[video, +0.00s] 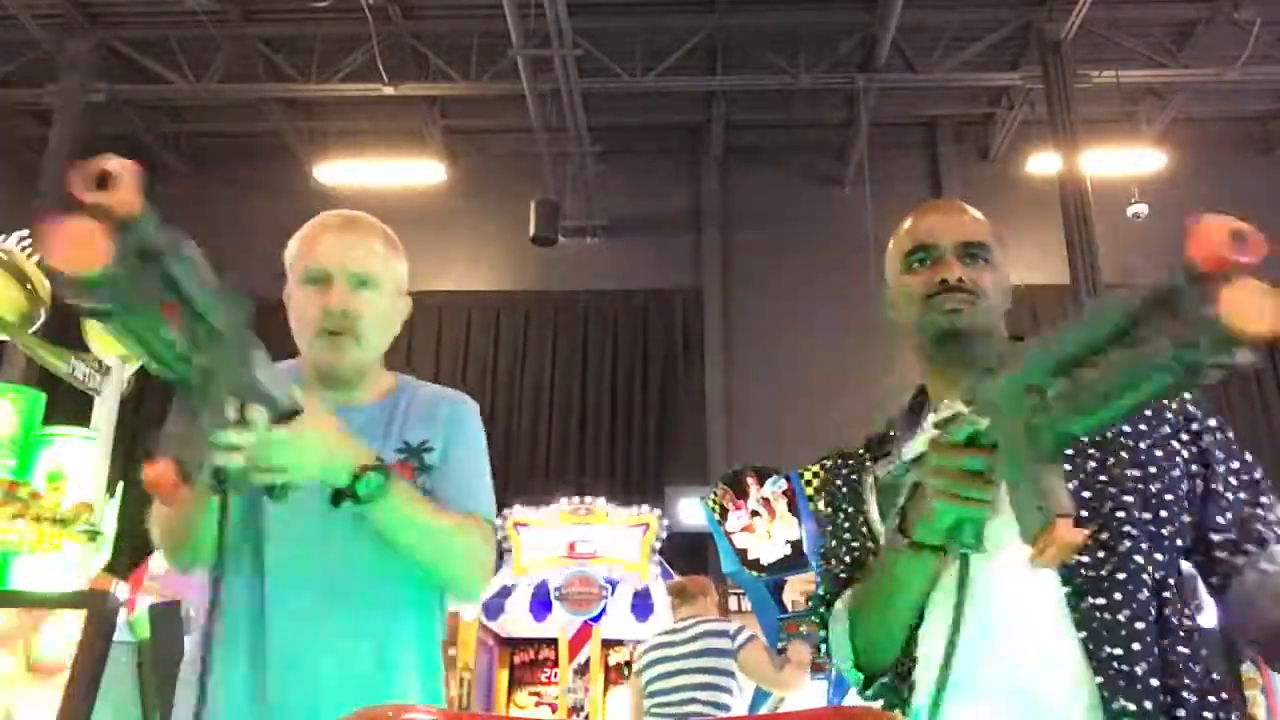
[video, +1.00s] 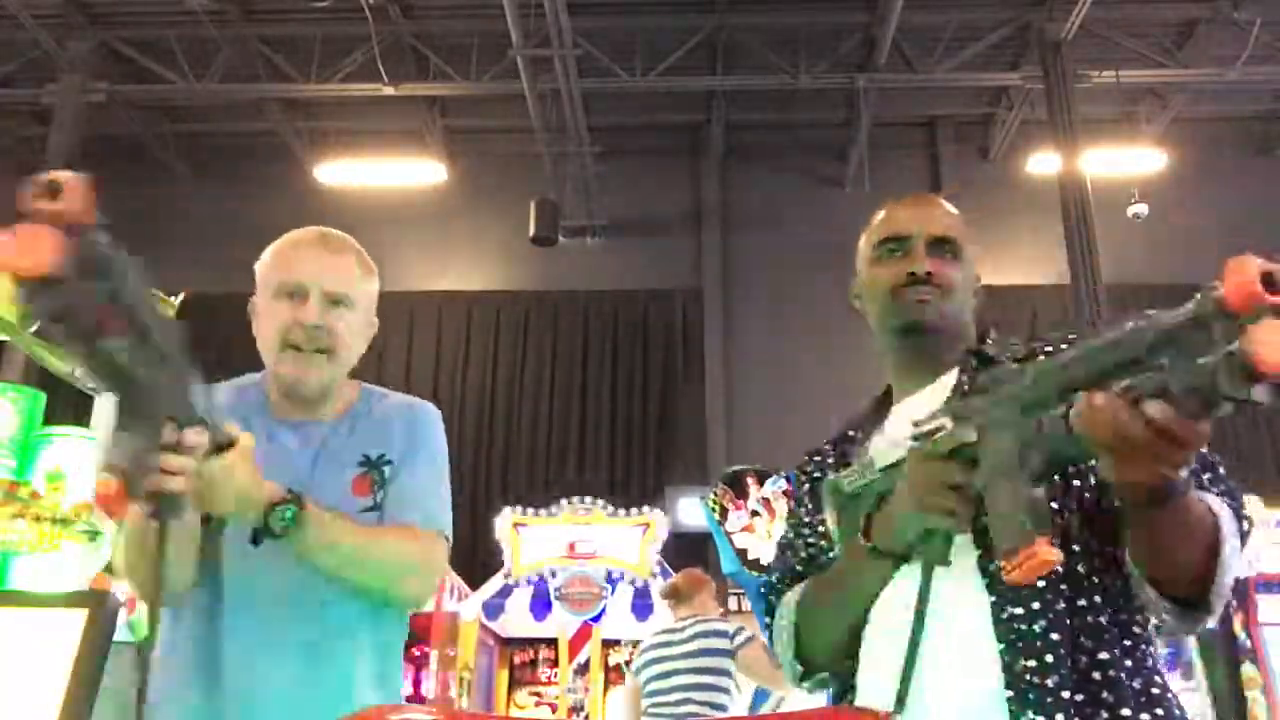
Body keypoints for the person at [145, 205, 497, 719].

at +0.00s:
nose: (337, 303)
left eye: (362, 284)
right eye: (316, 281)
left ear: (402, 308)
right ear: (286, 299)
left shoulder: (445, 417)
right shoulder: (238, 401)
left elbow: (471, 571)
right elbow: (183, 553)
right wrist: (201, 474)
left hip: (384, 705)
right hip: (240, 703)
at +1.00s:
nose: (312, 318)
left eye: (338, 303)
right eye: (292, 296)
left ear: (369, 331)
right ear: (254, 312)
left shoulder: (410, 427)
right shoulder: (194, 415)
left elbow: (417, 576)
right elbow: (156, 585)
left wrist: (265, 504)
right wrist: (167, 499)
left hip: (348, 709)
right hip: (196, 708)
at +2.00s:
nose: (304, 347)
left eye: (329, 325)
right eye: (284, 325)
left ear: (373, 337)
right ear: (260, 334)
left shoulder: (430, 447)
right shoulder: (216, 425)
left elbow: (477, 593)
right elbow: (152, 558)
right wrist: (183, 463)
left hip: (365, 710)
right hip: (216, 707)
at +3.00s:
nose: (337, 303)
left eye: (361, 285)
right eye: (316, 281)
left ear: (400, 310)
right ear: (286, 300)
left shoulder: (446, 417)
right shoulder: (230, 399)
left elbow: (470, 572)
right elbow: (187, 558)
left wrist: (351, 479)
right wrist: (187, 509)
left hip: (389, 704)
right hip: (241, 702)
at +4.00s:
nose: (318, 320)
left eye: (343, 305)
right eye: (298, 298)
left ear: (374, 332)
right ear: (260, 317)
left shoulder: (412, 429)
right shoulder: (198, 418)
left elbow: (423, 579)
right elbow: (161, 584)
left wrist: (278, 499)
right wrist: (194, 488)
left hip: (348, 708)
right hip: (197, 706)